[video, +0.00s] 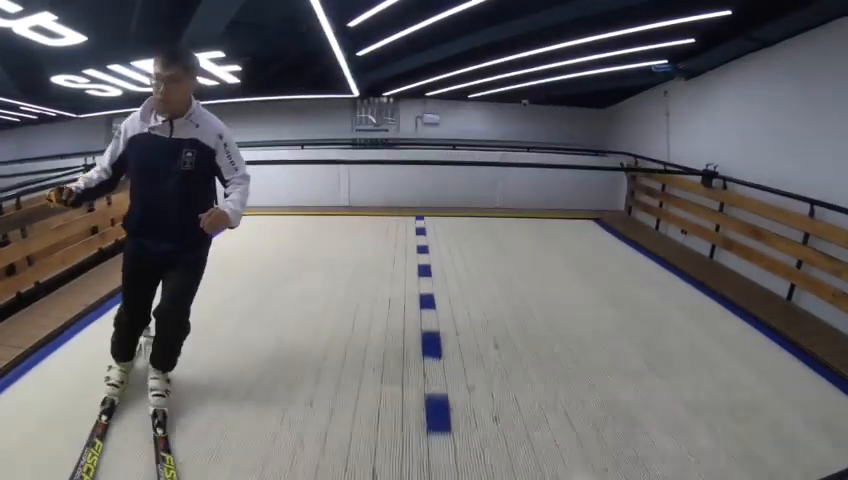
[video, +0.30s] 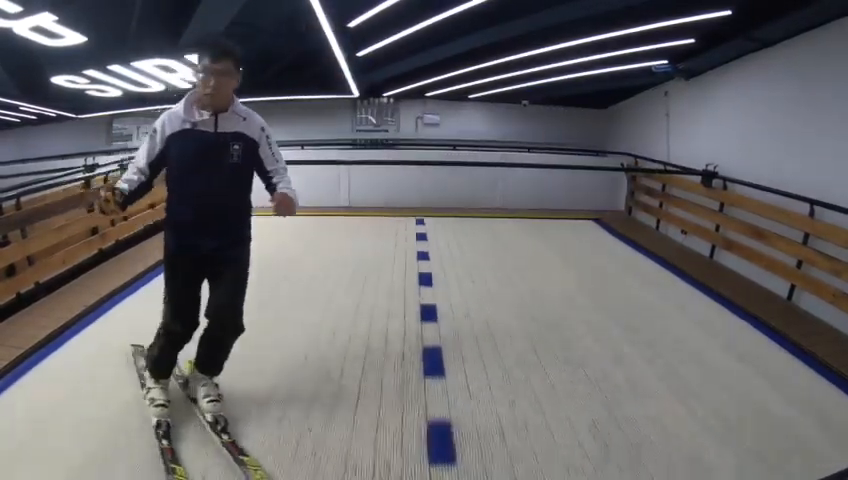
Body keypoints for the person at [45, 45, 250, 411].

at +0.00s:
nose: (160, 88)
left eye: (169, 81)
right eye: (156, 80)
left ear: (192, 81)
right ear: (151, 80)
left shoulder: (213, 132)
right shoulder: (134, 126)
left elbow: (238, 181)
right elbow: (105, 171)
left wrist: (228, 211)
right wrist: (74, 191)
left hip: (189, 242)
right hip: (142, 239)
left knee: (173, 315)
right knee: (132, 311)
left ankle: (160, 372)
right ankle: (120, 364)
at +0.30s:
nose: (209, 82)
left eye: (220, 75)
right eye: (205, 73)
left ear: (237, 82)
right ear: (196, 76)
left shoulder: (252, 126)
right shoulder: (171, 121)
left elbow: (275, 172)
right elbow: (142, 168)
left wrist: (284, 193)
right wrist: (121, 194)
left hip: (231, 240)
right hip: (183, 238)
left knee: (228, 321)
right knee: (181, 320)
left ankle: (202, 374)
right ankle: (156, 371)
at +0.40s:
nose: (238, 79)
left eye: (248, 72)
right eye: (233, 70)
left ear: (264, 79)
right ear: (222, 72)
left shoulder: (275, 124)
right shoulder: (197, 119)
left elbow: (296, 170)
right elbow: (167, 167)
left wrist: (311, 190)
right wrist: (150, 190)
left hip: (257, 238)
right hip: (209, 238)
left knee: (258, 320)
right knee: (211, 322)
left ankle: (230, 374)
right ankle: (181, 379)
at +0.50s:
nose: (274, 77)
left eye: (284, 70)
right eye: (268, 68)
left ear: (295, 77)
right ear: (253, 71)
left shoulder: (303, 122)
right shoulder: (227, 116)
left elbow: (322, 170)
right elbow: (197, 162)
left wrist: (341, 187)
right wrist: (186, 185)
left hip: (287, 233)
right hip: (240, 234)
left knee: (294, 315)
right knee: (245, 320)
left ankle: (265, 372)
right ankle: (211, 381)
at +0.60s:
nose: (311, 75)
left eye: (320, 69)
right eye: (304, 67)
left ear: (327, 75)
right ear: (287, 70)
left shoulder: (333, 121)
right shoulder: (261, 115)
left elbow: (351, 167)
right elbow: (229, 162)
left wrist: (375, 185)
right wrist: (225, 186)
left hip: (319, 229)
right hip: (274, 232)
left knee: (333, 309)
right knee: (283, 319)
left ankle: (306, 366)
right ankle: (248, 379)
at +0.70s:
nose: (351, 74)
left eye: (358, 67)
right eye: (344, 65)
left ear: (364, 71)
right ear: (324, 66)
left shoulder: (368, 117)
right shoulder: (297, 112)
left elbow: (388, 162)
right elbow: (266, 161)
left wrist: (418, 177)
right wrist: (267, 182)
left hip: (355, 224)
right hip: (311, 227)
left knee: (372, 301)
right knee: (321, 312)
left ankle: (350, 358)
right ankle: (287, 376)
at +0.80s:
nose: (392, 68)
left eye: (399, 61)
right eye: (383, 59)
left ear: (405, 67)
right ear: (365, 61)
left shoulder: (406, 111)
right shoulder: (337, 105)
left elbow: (430, 155)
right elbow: (307, 156)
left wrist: (462, 167)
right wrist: (309, 176)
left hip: (393, 216)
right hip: (350, 218)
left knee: (410, 292)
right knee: (355, 302)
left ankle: (391, 347)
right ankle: (322, 369)